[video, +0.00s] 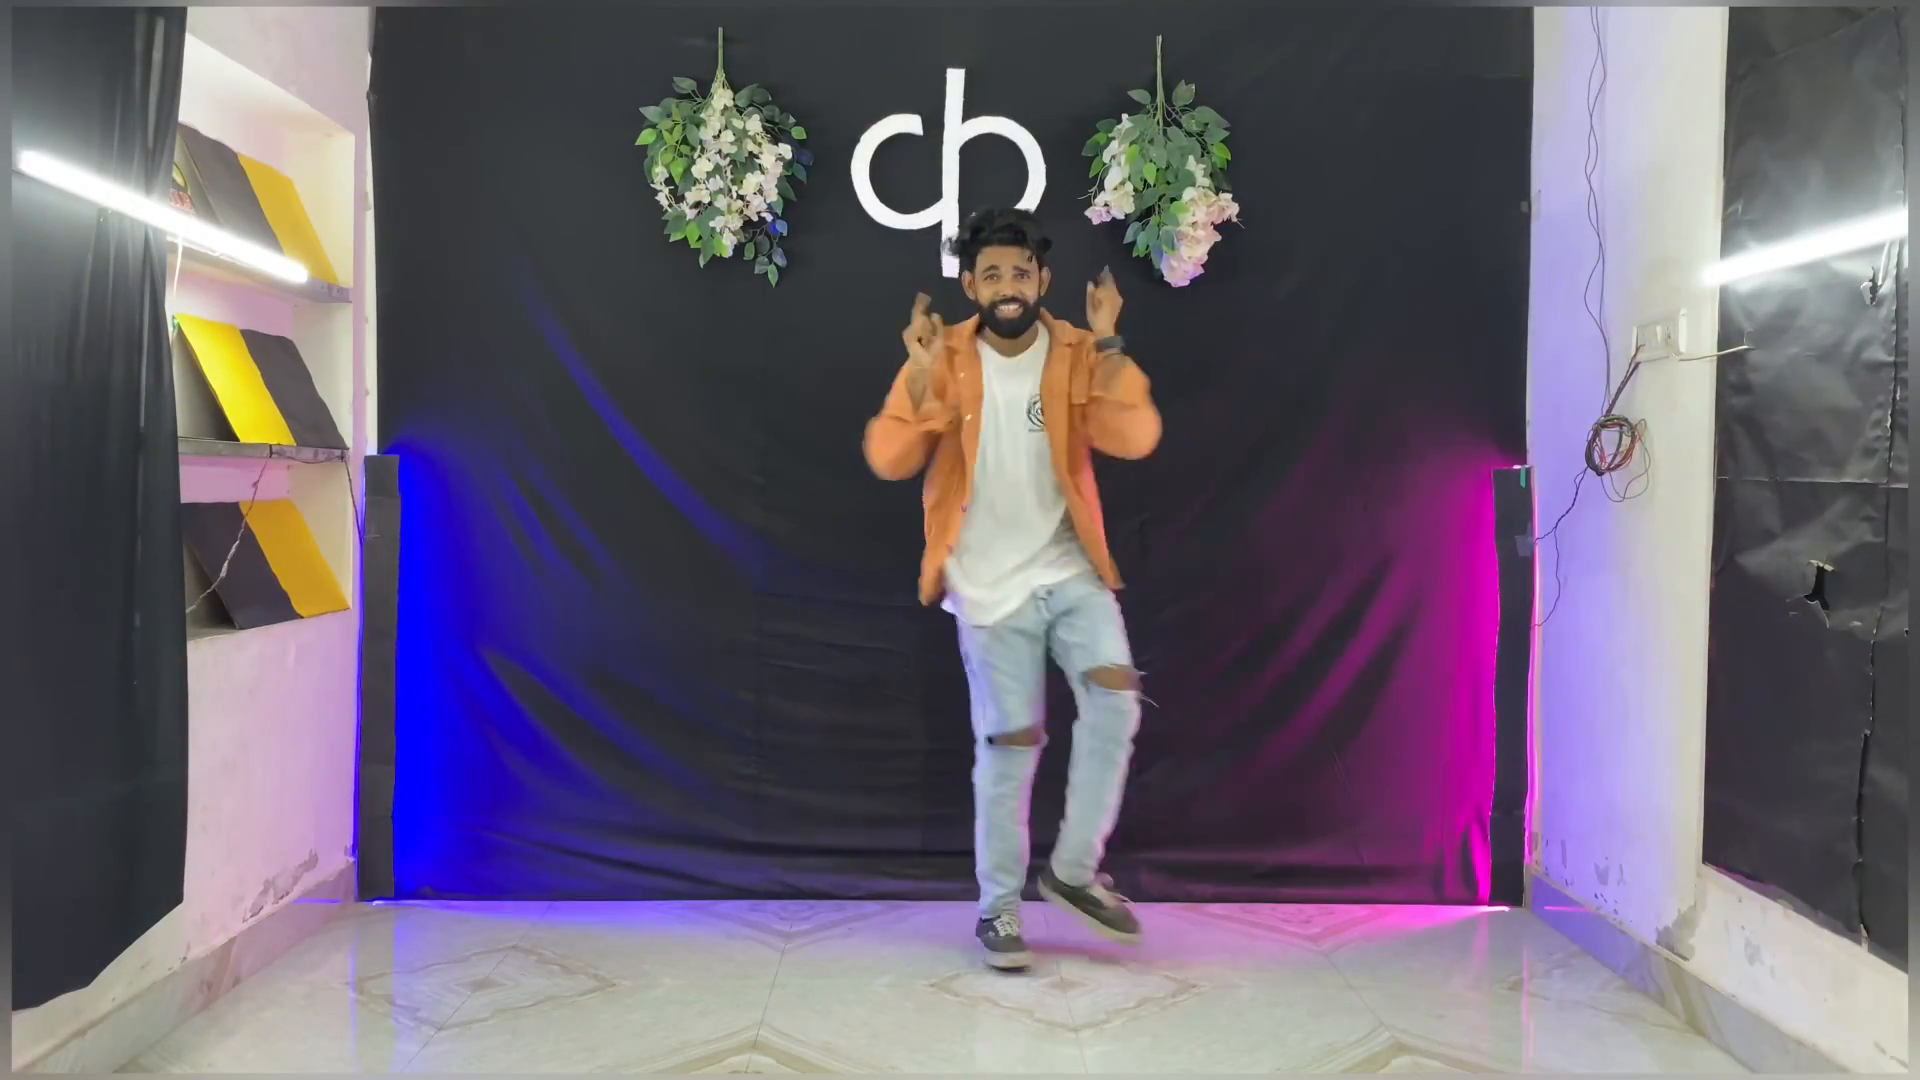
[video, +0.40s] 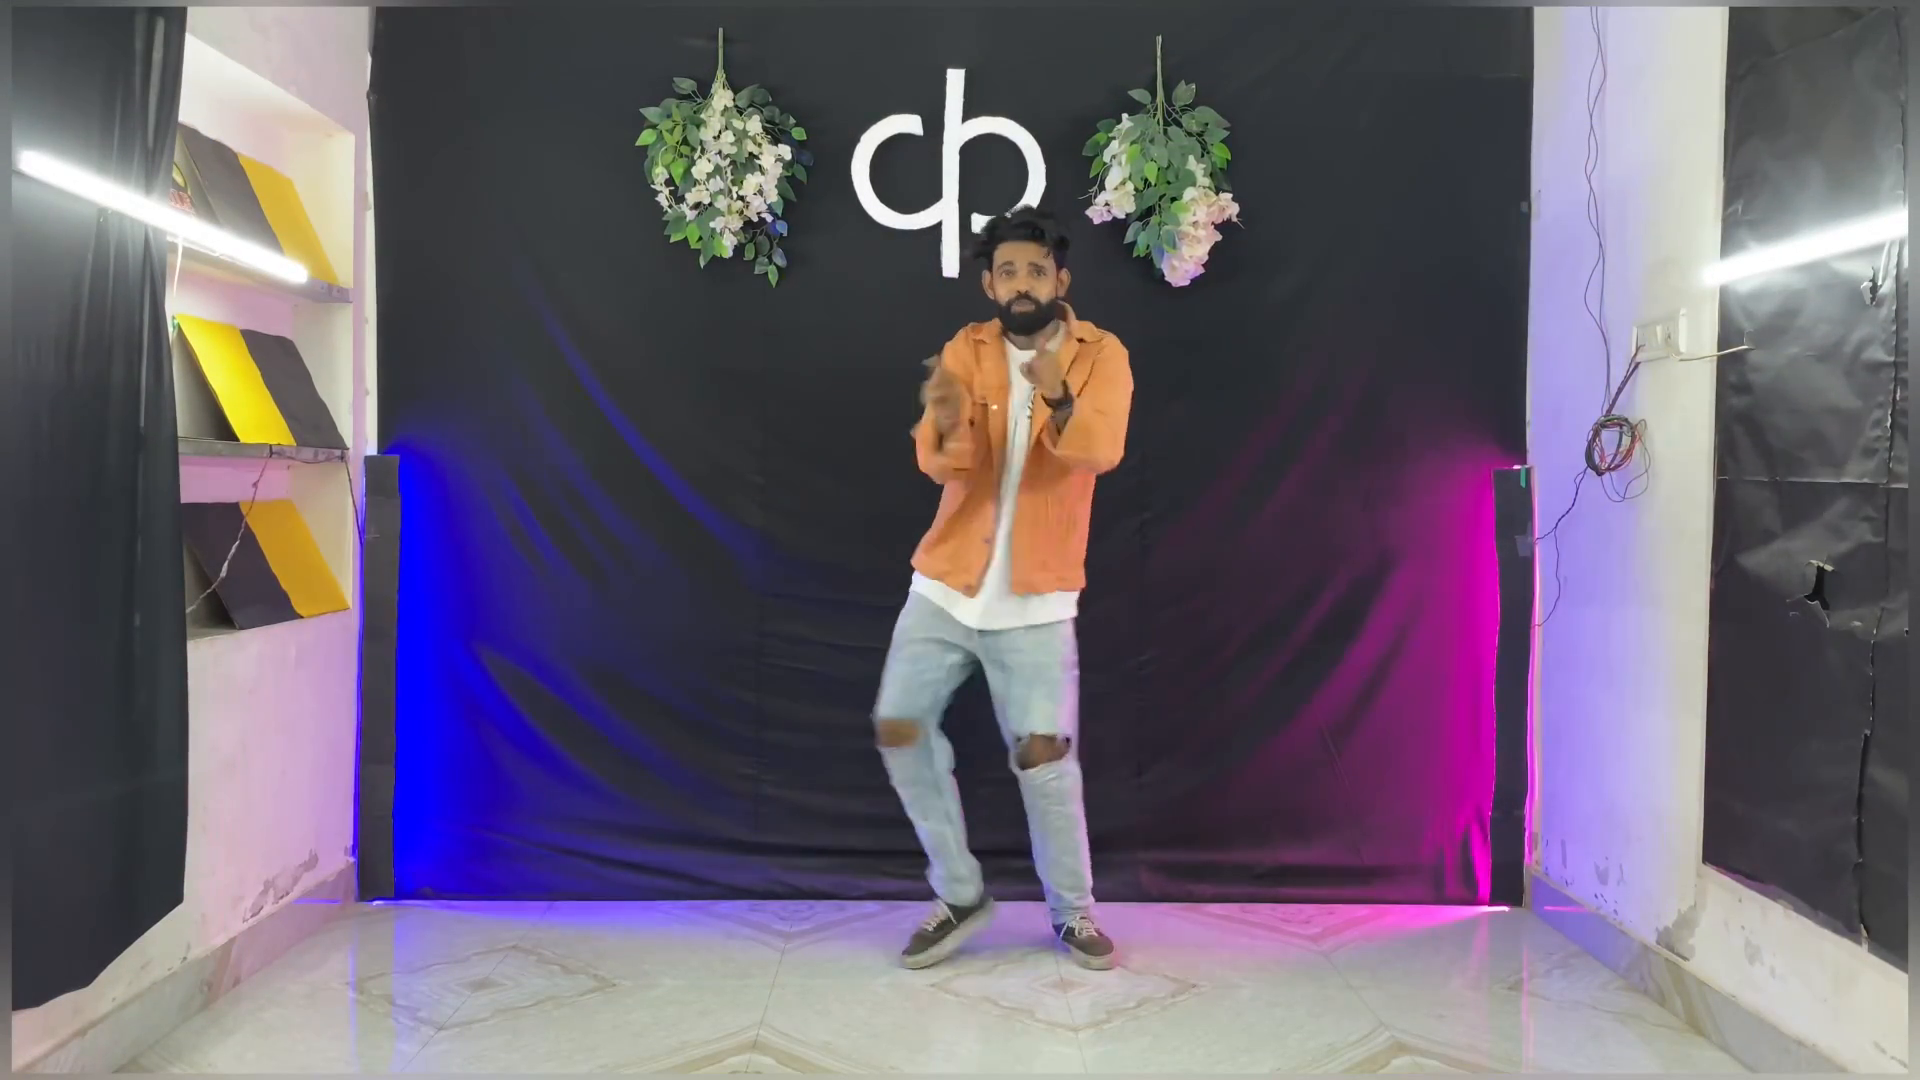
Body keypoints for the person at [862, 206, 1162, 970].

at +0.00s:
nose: (1007, 286)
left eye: (1020, 271)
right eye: (991, 273)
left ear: (1042, 276)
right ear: (970, 283)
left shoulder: (1075, 353)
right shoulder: (943, 360)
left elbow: (1133, 438)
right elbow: (888, 461)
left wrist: (1107, 346)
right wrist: (919, 375)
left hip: (1072, 565)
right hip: (989, 579)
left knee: (1115, 698)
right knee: (1010, 740)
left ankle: (1073, 869)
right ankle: (1000, 906)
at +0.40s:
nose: (1019, 285)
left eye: (1035, 270)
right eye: (1005, 271)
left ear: (1062, 276)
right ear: (987, 279)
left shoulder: (1100, 355)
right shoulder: (967, 351)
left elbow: (1101, 448)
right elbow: (941, 463)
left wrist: (1054, 392)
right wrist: (943, 425)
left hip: (1036, 590)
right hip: (947, 578)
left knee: (1042, 750)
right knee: (899, 725)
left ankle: (1073, 911)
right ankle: (960, 892)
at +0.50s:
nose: (998, 258)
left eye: (1013, 245)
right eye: (985, 244)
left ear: (1041, 255)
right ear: (966, 254)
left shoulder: (1081, 334)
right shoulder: (941, 328)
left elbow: (1135, 426)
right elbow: (899, 437)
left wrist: (1136, 350)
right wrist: (903, 358)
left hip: (1044, 567)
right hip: (953, 556)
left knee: (1058, 733)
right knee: (882, 692)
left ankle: (1075, 909)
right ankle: (928, 861)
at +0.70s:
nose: (957, 258)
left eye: (973, 245)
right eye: (942, 245)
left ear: (997, 256)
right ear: (921, 256)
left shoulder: (1033, 330)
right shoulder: (898, 330)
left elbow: (1103, 408)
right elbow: (856, 422)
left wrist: (1131, 343)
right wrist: (830, 351)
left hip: (1012, 582)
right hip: (915, 578)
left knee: (1044, 740)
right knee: (869, 729)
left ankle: (1072, 907)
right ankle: (931, 885)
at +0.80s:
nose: (923, 264)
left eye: (939, 251)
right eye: (910, 251)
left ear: (969, 264)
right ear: (891, 266)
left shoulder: (1014, 335)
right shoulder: (872, 332)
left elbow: (1109, 373)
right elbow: (796, 392)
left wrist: (1158, 297)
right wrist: (750, 309)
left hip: (986, 588)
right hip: (884, 577)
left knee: (1027, 741)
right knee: (799, 709)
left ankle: (1071, 905)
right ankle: (829, 882)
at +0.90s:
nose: (890, 298)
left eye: (907, 286)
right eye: (876, 287)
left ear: (935, 299)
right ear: (857, 300)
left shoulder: (988, 361)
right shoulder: (821, 362)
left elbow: (1096, 339)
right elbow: (706, 360)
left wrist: (1200, 309)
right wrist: (611, 324)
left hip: (947, 612)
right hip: (845, 601)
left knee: (979, 766)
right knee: (760, 746)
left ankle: (1066, 904)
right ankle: (676, 915)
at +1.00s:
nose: (855, 356)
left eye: (871, 343)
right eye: (841, 344)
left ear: (901, 352)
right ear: (823, 358)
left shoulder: (950, 426)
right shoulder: (791, 427)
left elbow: (1051, 449)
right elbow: (685, 472)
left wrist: (1149, 470)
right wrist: (580, 484)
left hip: (902, 679)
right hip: (804, 667)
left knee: (912, 856)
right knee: (734, 808)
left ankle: (1054, 914)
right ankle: (648, 926)